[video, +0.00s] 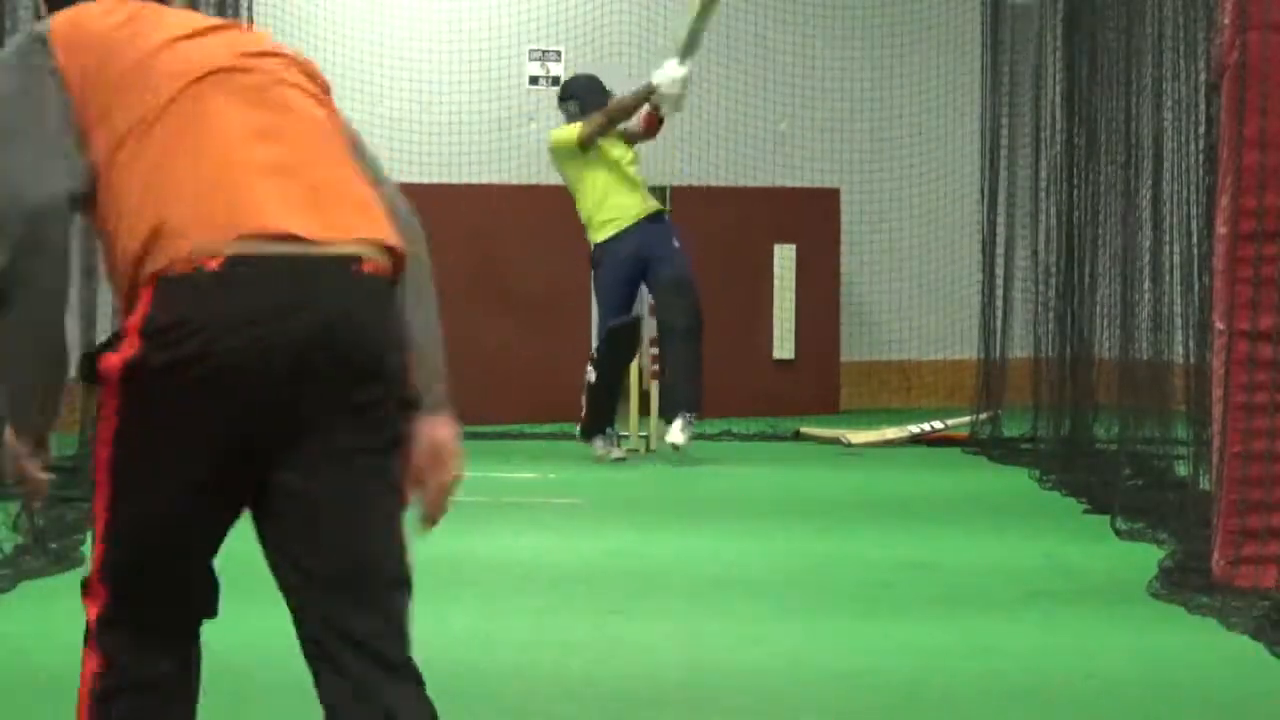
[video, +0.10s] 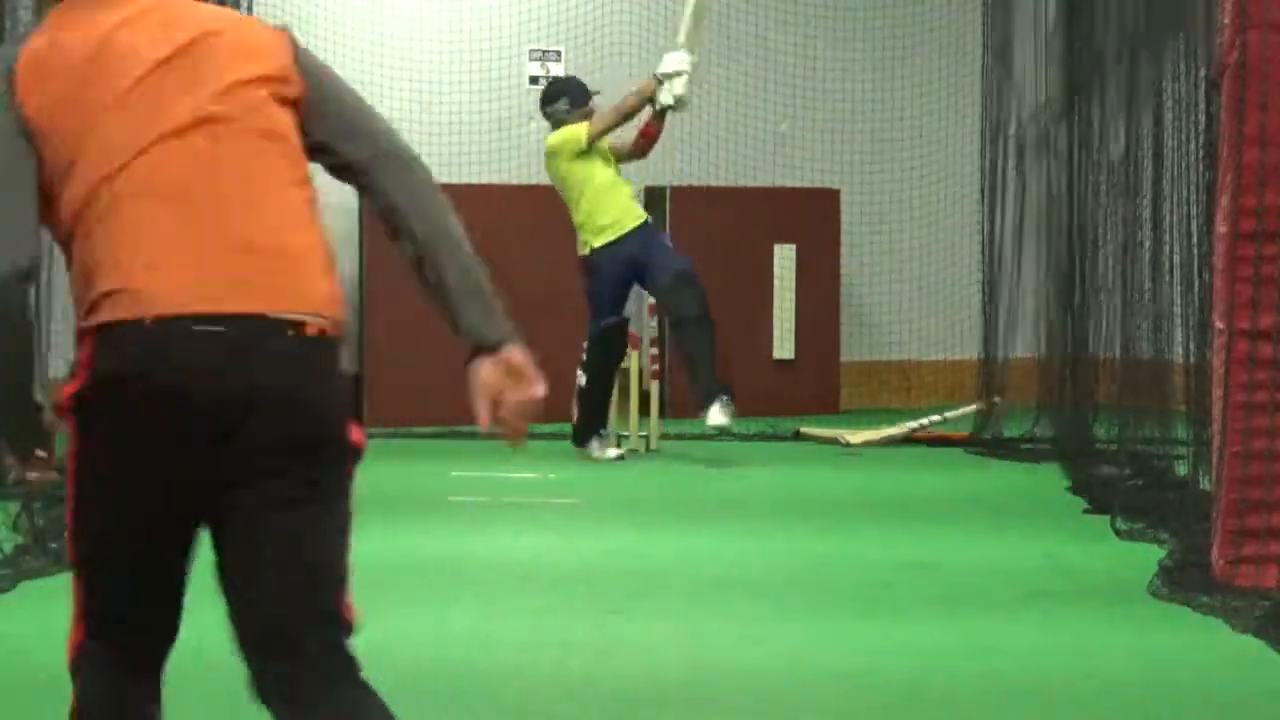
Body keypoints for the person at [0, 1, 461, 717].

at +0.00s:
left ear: (58, 13)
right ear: (178, 4)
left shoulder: (50, 43)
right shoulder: (267, 50)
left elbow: (36, 206)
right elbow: (400, 221)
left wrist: (26, 416)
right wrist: (434, 400)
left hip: (205, 299)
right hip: (360, 295)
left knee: (145, 612)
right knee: (365, 639)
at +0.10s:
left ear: (61, 6)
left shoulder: (35, 65)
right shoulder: (261, 39)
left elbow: (15, 263)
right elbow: (393, 164)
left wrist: (21, 430)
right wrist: (489, 335)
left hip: (143, 363)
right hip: (297, 359)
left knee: (118, 661)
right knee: (308, 662)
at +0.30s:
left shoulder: (26, 10)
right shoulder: (265, 2)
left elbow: (7, 134)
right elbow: (355, 58)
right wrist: (393, 227)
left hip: (90, 263)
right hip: (237, 259)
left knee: (95, 584)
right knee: (223, 563)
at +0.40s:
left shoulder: (36, 3)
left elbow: (1, 99)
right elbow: (332, 64)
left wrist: (39, 208)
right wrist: (319, 237)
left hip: (85, 253)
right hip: (223, 256)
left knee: (71, 551)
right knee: (192, 560)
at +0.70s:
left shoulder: (43, 3)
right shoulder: (252, 5)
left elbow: (0, 84)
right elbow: (346, 113)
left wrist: (21, 181)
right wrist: (235, 180)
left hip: (62, 297)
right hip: (196, 306)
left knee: (46, 551)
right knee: (165, 568)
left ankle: (38, 706)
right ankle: (156, 708)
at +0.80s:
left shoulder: (41, 3)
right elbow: (334, 93)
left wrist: (32, 157)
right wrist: (229, 152)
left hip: (62, 274)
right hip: (191, 279)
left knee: (63, 549)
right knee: (169, 538)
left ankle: (63, 712)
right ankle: (169, 713)